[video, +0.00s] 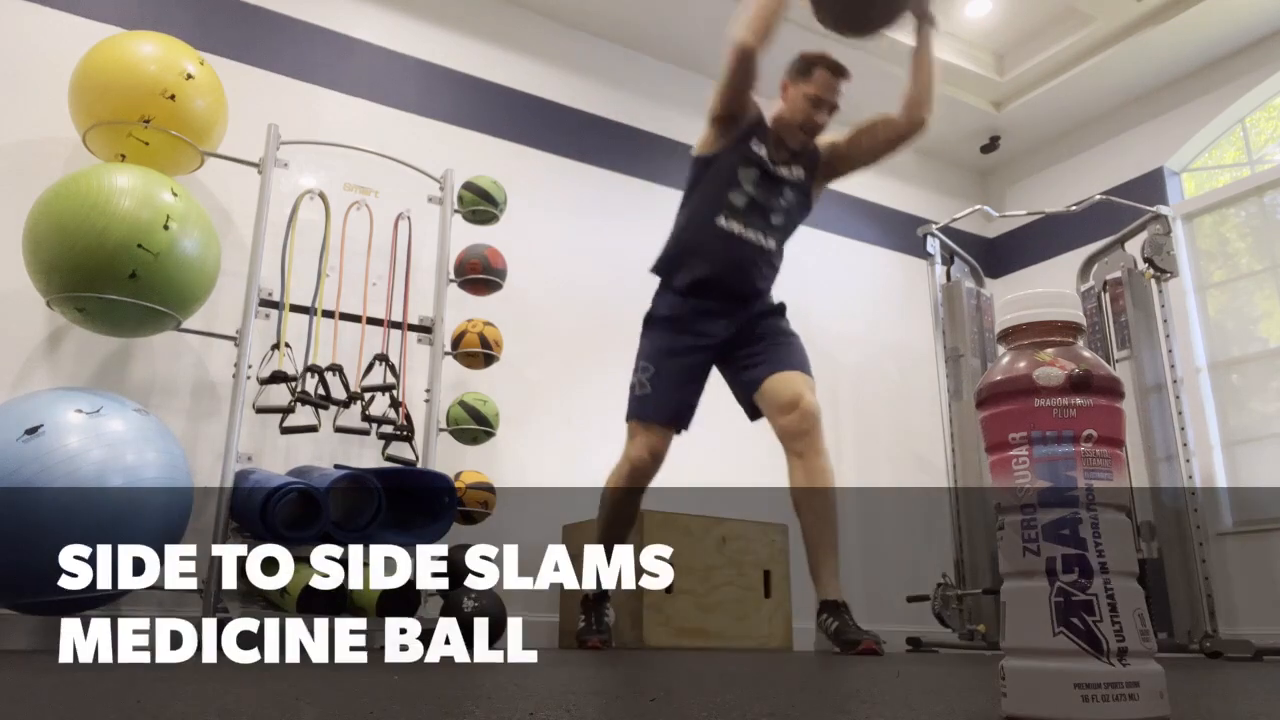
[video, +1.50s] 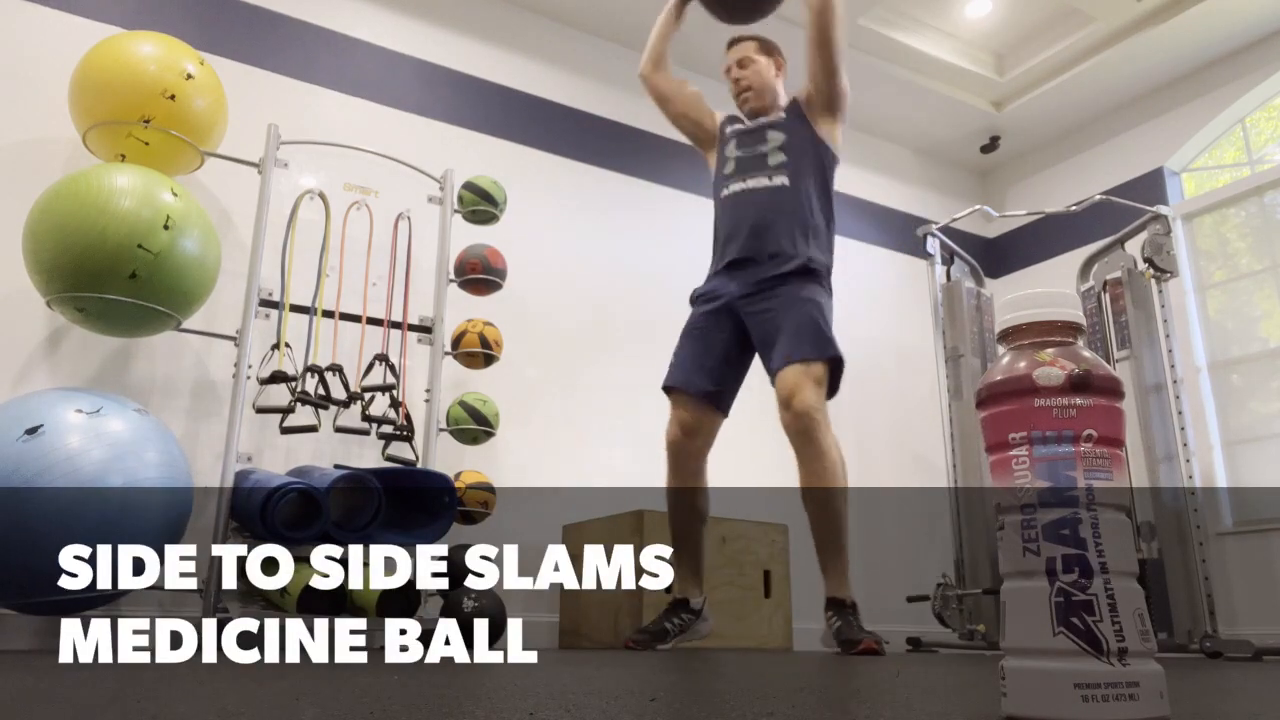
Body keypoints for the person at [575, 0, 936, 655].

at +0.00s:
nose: (821, 117)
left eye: (831, 110)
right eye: (814, 102)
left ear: (833, 113)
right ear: (783, 90)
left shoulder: (816, 166)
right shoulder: (733, 127)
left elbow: (912, 119)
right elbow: (743, 51)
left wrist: (924, 25)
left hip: (753, 318)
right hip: (681, 313)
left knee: (801, 419)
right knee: (641, 459)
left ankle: (832, 606)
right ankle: (597, 591)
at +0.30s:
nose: (904, 239)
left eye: (913, 228)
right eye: (899, 221)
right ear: (863, 200)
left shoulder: (876, 278)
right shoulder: (791, 232)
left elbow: (908, 370)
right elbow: (802, 357)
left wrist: (969, 424)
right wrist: (866, 448)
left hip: (777, 371)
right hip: (706, 363)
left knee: (849, 429)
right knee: (678, 475)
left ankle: (835, 612)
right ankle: (648, 597)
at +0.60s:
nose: (919, 253)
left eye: (927, 243)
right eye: (913, 236)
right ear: (873, 217)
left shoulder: (885, 295)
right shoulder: (803, 252)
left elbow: (894, 401)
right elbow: (796, 388)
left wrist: (938, 490)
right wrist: (856, 492)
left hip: (776, 363)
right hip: (706, 358)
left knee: (845, 417)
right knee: (697, 488)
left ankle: (832, 612)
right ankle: (657, 605)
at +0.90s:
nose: (887, 160)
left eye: (895, 152)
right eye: (877, 145)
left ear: (896, 166)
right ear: (836, 146)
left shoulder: (858, 237)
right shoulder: (778, 199)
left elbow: (870, 345)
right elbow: (774, 318)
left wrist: (931, 396)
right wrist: (862, 376)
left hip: (771, 354)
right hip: (705, 346)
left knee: (839, 411)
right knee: (698, 481)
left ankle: (834, 610)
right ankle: (653, 601)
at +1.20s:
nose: (802, 105)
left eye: (810, 98)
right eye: (791, 92)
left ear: (818, 115)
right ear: (764, 100)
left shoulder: (819, 190)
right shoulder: (729, 159)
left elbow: (890, 228)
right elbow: (775, 108)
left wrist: (923, 149)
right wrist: (828, 57)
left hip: (789, 323)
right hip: (713, 324)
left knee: (835, 414)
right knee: (694, 465)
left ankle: (833, 610)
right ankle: (654, 598)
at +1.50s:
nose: (737, 72)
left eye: (750, 62)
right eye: (731, 68)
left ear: (782, 72)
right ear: (728, 84)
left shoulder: (815, 116)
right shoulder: (720, 135)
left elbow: (826, 33)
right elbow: (654, 72)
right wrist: (679, 2)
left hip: (794, 284)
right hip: (723, 292)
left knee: (802, 407)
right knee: (683, 433)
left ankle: (840, 603)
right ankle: (687, 599)